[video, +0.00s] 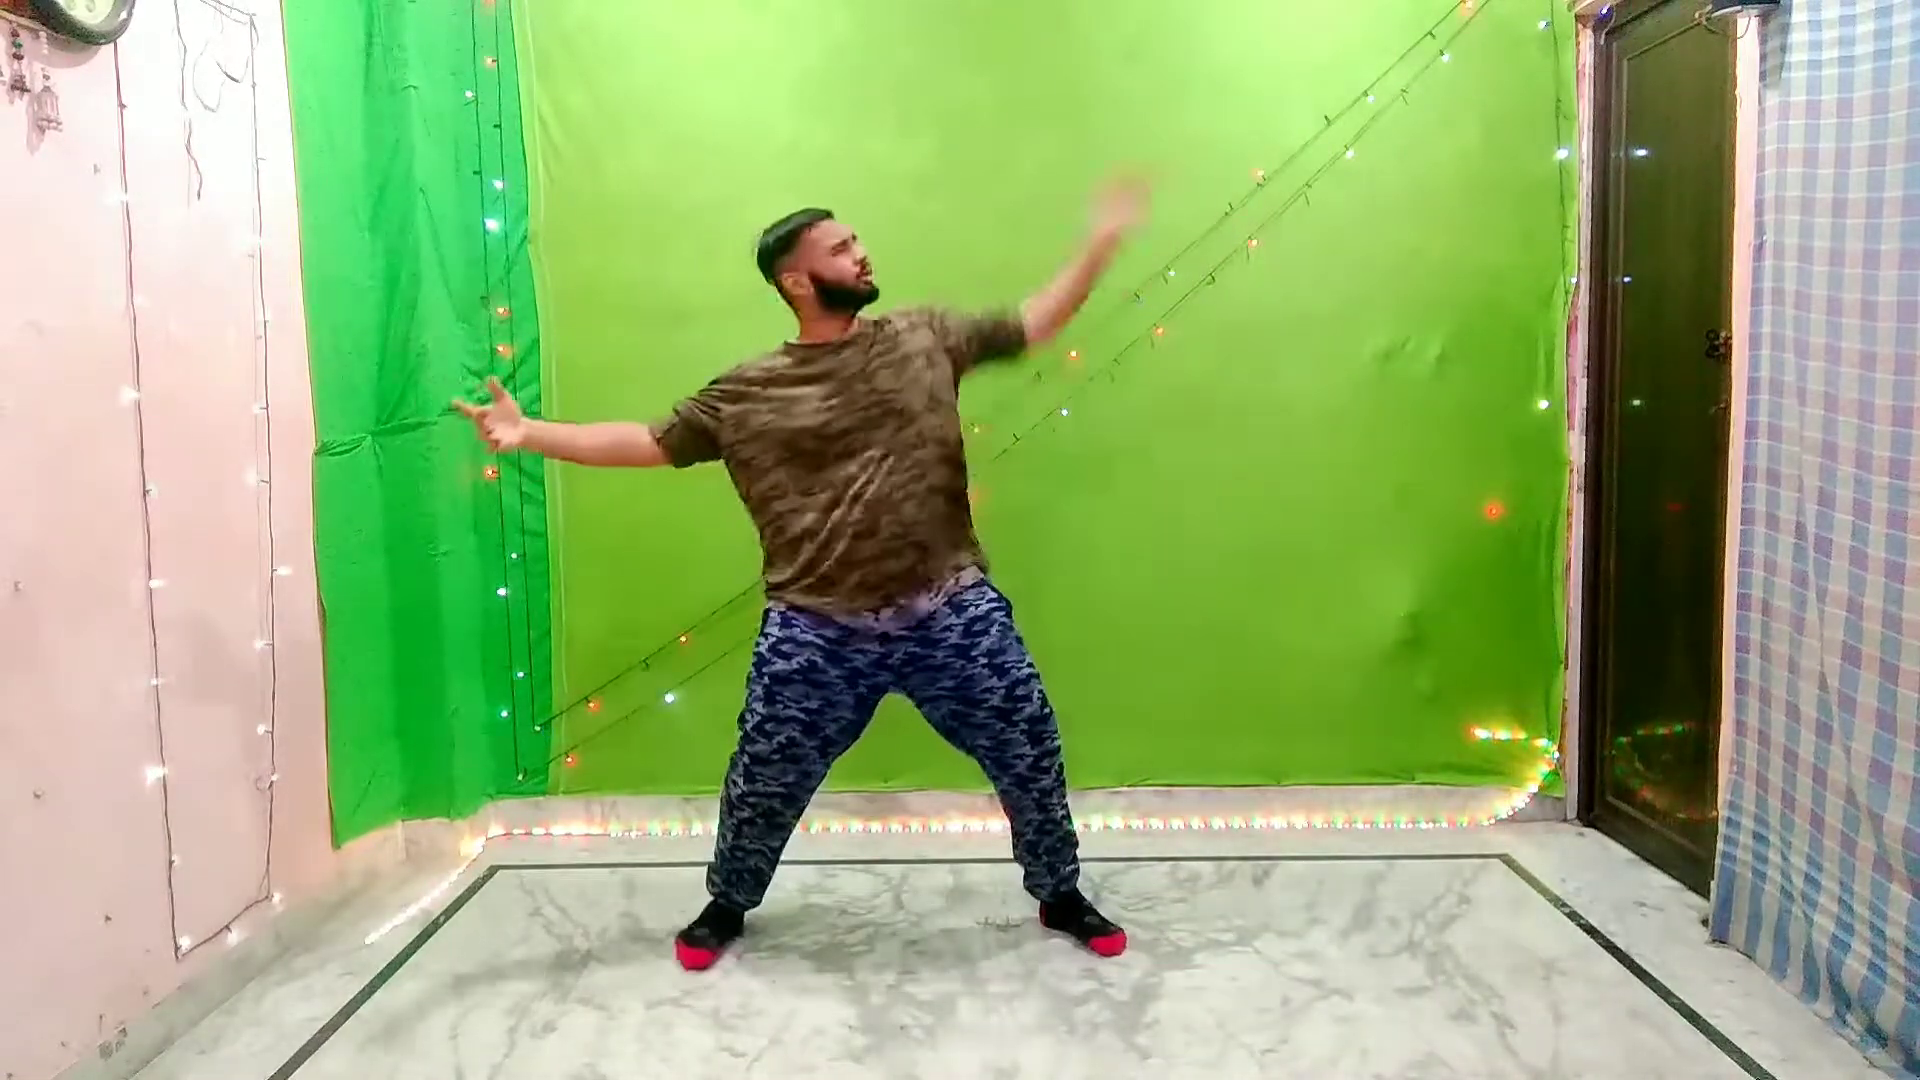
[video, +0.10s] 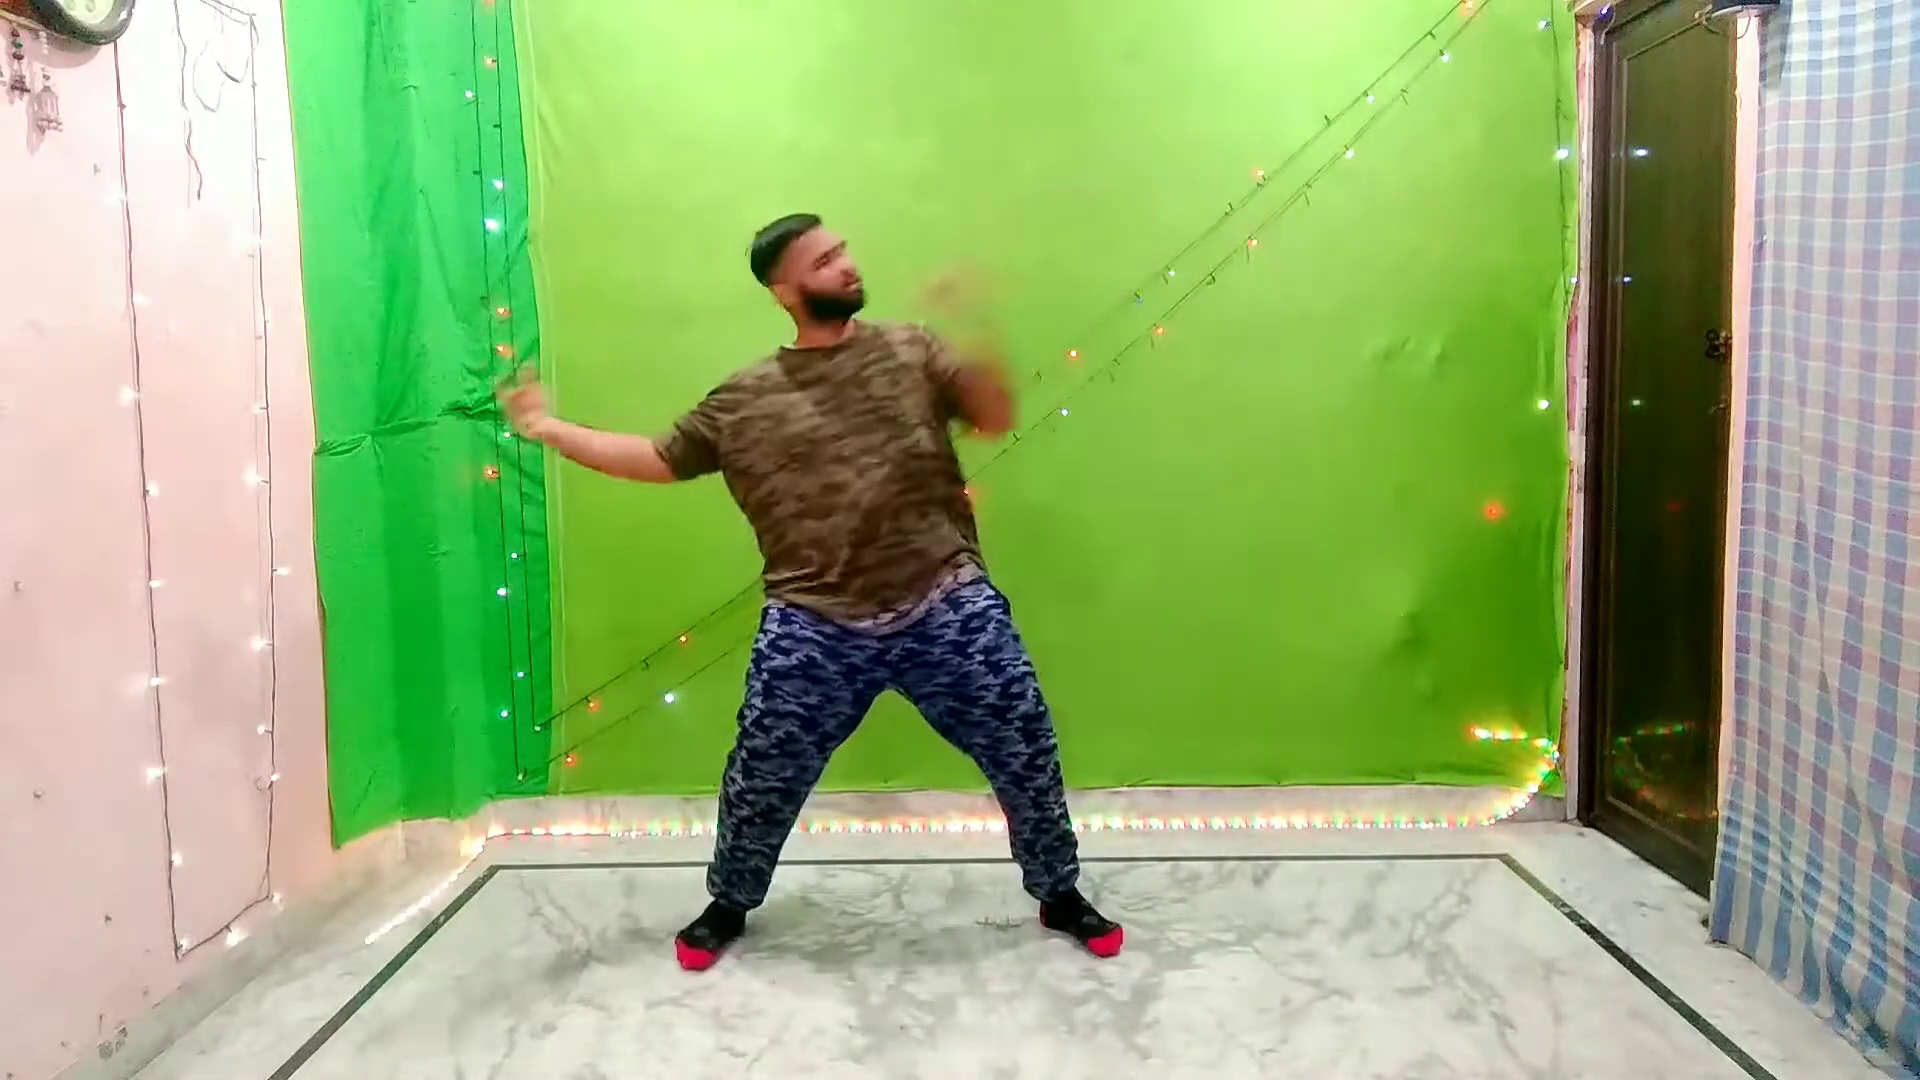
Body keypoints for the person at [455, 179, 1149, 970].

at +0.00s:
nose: (859, 255)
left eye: (855, 244)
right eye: (838, 249)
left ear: (852, 266)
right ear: (792, 280)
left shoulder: (925, 335)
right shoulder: (744, 395)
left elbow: (1032, 322)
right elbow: (646, 442)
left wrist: (1098, 247)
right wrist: (529, 432)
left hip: (948, 599)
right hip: (818, 618)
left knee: (1025, 734)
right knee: (769, 764)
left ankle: (1061, 894)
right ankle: (728, 904)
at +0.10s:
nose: (846, 260)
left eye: (843, 249)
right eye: (825, 256)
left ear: (848, 264)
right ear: (782, 288)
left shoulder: (911, 353)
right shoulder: (744, 399)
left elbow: (995, 416)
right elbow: (660, 459)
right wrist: (546, 427)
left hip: (944, 599)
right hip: (814, 619)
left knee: (1024, 742)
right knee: (765, 768)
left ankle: (1060, 894)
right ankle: (728, 909)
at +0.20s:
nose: (812, 278)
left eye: (816, 261)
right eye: (792, 274)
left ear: (837, 264)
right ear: (767, 299)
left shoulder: (896, 351)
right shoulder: (741, 398)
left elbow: (931, 443)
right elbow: (679, 471)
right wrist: (602, 434)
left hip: (928, 591)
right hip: (800, 608)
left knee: (1008, 739)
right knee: (753, 762)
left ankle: (1060, 892)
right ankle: (737, 904)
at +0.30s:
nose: (749, 288)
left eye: (759, 269)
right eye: (735, 278)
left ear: (799, 260)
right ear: (727, 287)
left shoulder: (861, 340)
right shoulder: (726, 370)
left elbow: (844, 421)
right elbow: (650, 444)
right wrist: (621, 398)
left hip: (871, 581)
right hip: (759, 592)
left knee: (940, 737)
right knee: (724, 743)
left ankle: (1013, 877)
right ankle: (726, 901)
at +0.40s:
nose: (731, 301)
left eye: (741, 282)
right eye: (722, 289)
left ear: (791, 266)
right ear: (719, 290)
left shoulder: (852, 348)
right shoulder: (721, 365)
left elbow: (771, 404)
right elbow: (644, 424)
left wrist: (622, 393)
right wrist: (581, 393)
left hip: (841, 578)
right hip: (733, 583)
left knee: (884, 719)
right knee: (674, 712)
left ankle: (909, 860)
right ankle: (701, 885)